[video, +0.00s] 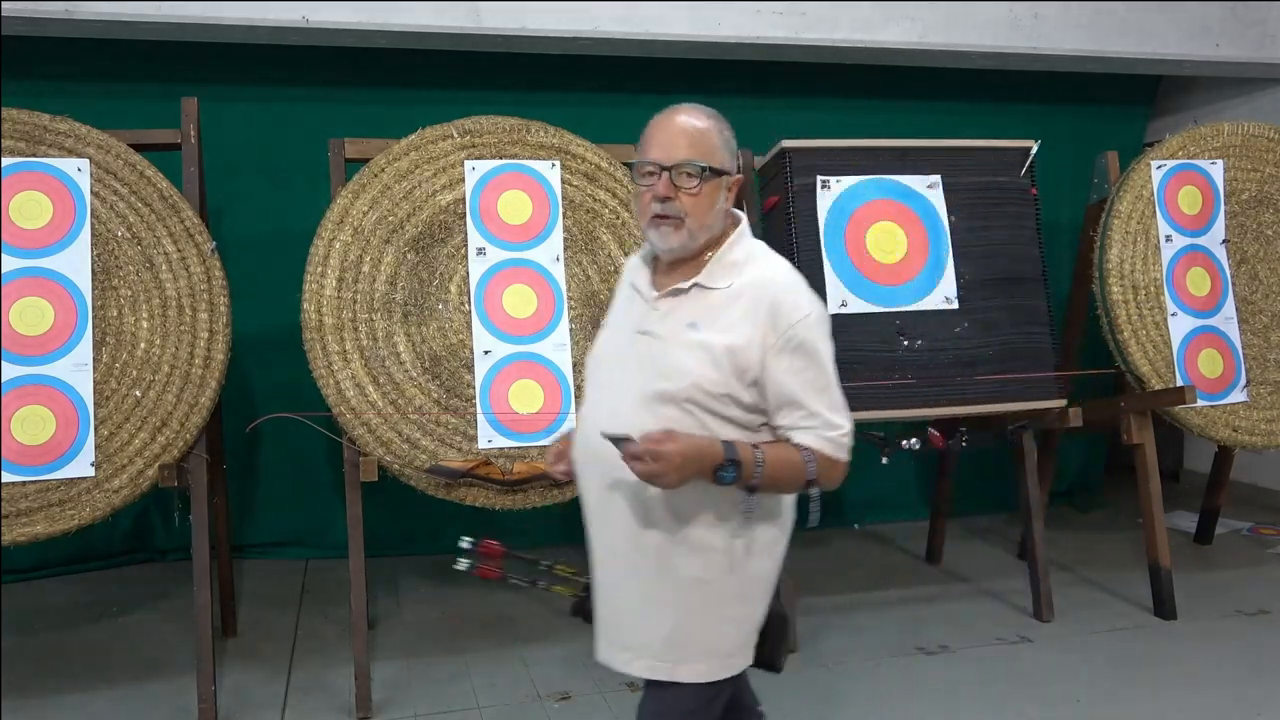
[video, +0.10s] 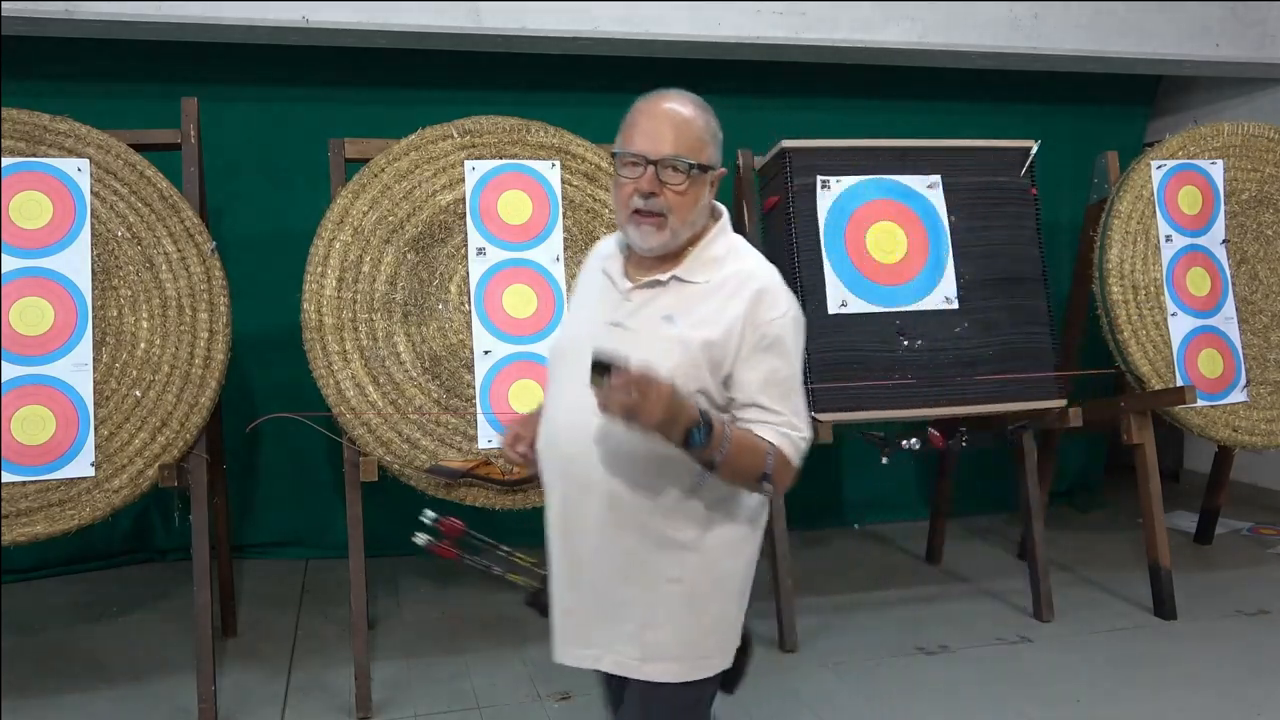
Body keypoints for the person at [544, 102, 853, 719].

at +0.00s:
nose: (662, 192)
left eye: (688, 175)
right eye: (649, 175)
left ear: (732, 188)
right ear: (634, 184)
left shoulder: (778, 297)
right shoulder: (640, 272)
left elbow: (827, 459)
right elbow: (660, 395)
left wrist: (715, 459)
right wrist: (587, 444)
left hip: (707, 609)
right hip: (640, 591)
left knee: (669, 710)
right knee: (723, 705)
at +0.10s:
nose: (647, 187)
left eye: (674, 169)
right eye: (632, 164)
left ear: (712, 184)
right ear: (613, 171)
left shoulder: (755, 293)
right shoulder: (602, 261)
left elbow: (778, 463)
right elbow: (597, 388)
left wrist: (682, 420)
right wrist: (547, 428)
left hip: (680, 613)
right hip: (594, 595)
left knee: (661, 710)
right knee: (627, 704)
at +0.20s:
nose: (628, 183)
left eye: (655, 165)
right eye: (612, 159)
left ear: (692, 177)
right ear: (592, 165)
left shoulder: (737, 286)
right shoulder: (566, 257)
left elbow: (745, 464)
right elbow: (556, 367)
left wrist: (668, 376)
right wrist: (509, 408)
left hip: (666, 620)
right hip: (556, 603)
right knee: (569, 709)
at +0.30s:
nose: (608, 178)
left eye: (635, 159)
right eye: (591, 154)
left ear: (672, 170)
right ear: (569, 160)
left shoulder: (721, 276)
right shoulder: (535, 260)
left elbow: (742, 452)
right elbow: (510, 368)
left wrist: (653, 356)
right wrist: (474, 413)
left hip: (651, 624)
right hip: (527, 609)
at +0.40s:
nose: (591, 169)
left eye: (619, 149)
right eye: (571, 145)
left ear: (654, 162)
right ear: (547, 153)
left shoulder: (708, 270)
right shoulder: (501, 264)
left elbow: (751, 445)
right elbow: (462, 380)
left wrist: (636, 380)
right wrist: (449, 416)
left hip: (640, 633)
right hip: (504, 623)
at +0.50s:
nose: (569, 167)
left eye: (596, 148)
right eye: (548, 143)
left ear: (633, 165)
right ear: (522, 155)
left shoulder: (692, 271)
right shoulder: (469, 268)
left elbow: (748, 443)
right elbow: (402, 406)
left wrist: (626, 422)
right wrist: (427, 425)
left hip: (634, 660)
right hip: (484, 649)